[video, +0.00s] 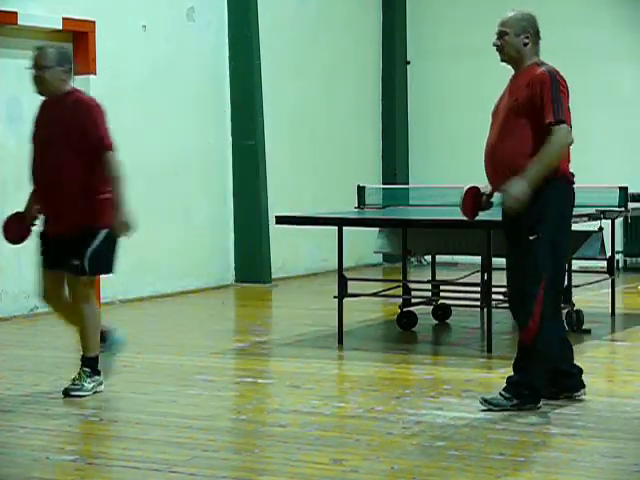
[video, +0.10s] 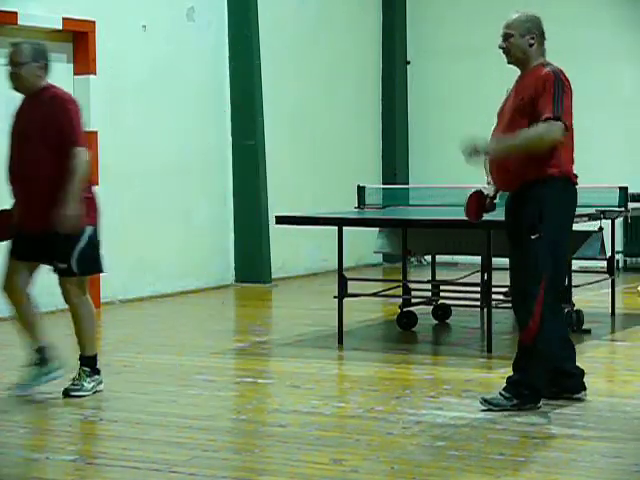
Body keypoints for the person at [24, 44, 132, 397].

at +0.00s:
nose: (34, 74)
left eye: (40, 69)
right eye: (34, 69)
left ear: (63, 71)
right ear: (44, 73)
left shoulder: (86, 108)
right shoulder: (46, 112)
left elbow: (109, 161)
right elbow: (44, 171)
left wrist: (119, 210)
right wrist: (31, 211)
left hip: (92, 217)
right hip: (58, 218)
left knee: (83, 292)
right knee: (53, 293)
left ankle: (90, 371)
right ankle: (104, 336)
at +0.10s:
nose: (10, 71)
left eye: (16, 65)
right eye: (10, 66)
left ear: (39, 67)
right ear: (23, 70)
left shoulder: (61, 103)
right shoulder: (25, 108)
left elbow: (80, 156)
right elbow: (26, 163)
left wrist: (72, 203)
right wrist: (19, 208)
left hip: (69, 214)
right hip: (34, 214)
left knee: (75, 292)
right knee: (15, 285)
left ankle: (90, 370)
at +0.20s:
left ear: (12, 69)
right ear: (7, 69)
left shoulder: (31, 104)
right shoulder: (5, 107)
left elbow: (48, 155)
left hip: (48, 216)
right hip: (11, 217)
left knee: (64, 294)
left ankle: (88, 368)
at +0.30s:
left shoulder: (5, 108)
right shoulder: (7, 109)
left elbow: (17, 159)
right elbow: (17, 160)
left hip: (20, 220)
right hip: (12, 222)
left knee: (38, 297)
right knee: (38, 297)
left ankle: (84, 362)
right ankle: (83, 361)